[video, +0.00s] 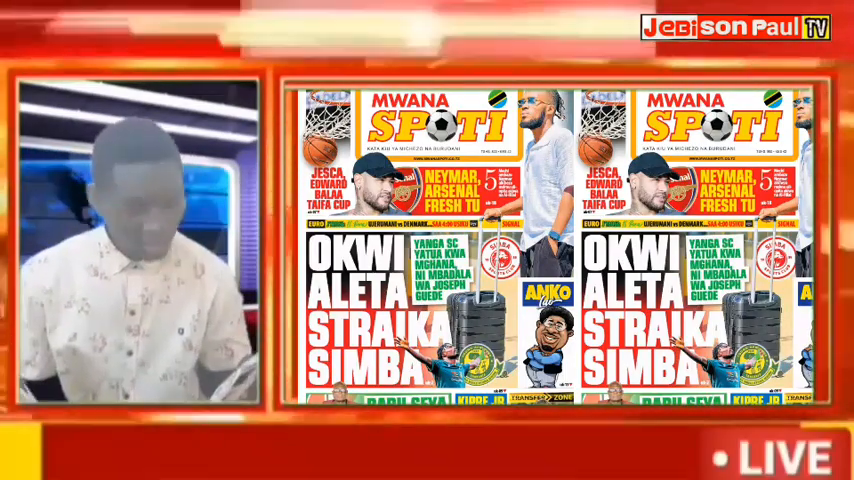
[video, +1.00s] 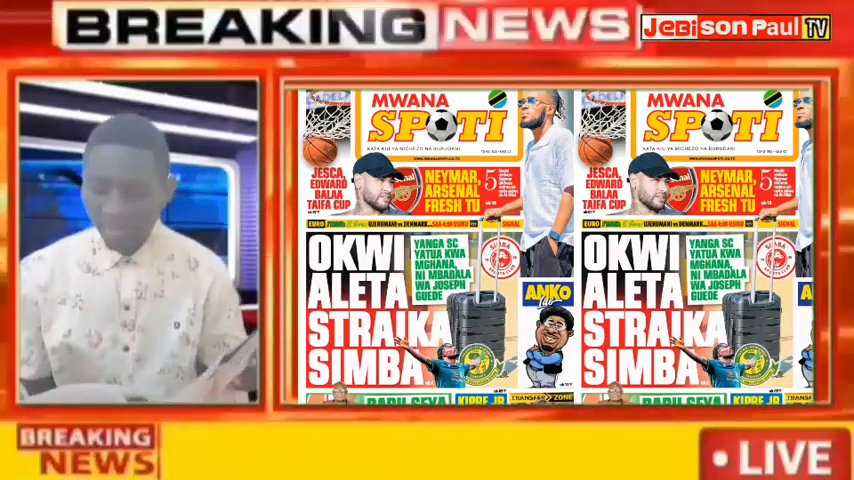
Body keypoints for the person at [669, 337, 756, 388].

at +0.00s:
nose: (729, 348)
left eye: (729, 347)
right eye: (725, 347)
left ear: (731, 351)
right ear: (718, 353)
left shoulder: (737, 366)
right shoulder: (714, 364)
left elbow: (750, 365)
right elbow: (698, 359)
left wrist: (754, 359)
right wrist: (684, 348)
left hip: (737, 401)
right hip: (720, 401)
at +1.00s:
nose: (729, 348)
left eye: (729, 347)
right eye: (725, 347)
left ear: (731, 351)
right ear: (718, 353)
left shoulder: (737, 366)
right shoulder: (714, 364)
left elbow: (750, 365)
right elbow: (698, 359)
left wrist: (754, 359)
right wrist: (684, 348)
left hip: (737, 401)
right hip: (720, 402)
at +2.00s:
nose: (729, 348)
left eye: (729, 347)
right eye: (724, 347)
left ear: (731, 351)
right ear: (718, 353)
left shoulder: (737, 366)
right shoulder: (714, 364)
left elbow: (749, 365)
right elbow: (698, 359)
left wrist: (754, 359)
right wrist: (684, 348)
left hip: (736, 401)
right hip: (720, 401)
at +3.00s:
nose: (729, 348)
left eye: (729, 347)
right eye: (724, 347)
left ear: (731, 351)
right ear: (718, 353)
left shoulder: (737, 366)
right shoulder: (714, 364)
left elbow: (749, 365)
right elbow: (698, 359)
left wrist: (754, 359)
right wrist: (684, 348)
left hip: (736, 401)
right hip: (720, 401)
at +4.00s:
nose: (729, 348)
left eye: (729, 347)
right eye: (724, 347)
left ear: (731, 351)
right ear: (718, 353)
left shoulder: (737, 366)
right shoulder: (714, 364)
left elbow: (749, 365)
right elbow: (698, 359)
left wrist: (754, 359)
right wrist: (684, 348)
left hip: (736, 401)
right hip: (720, 401)